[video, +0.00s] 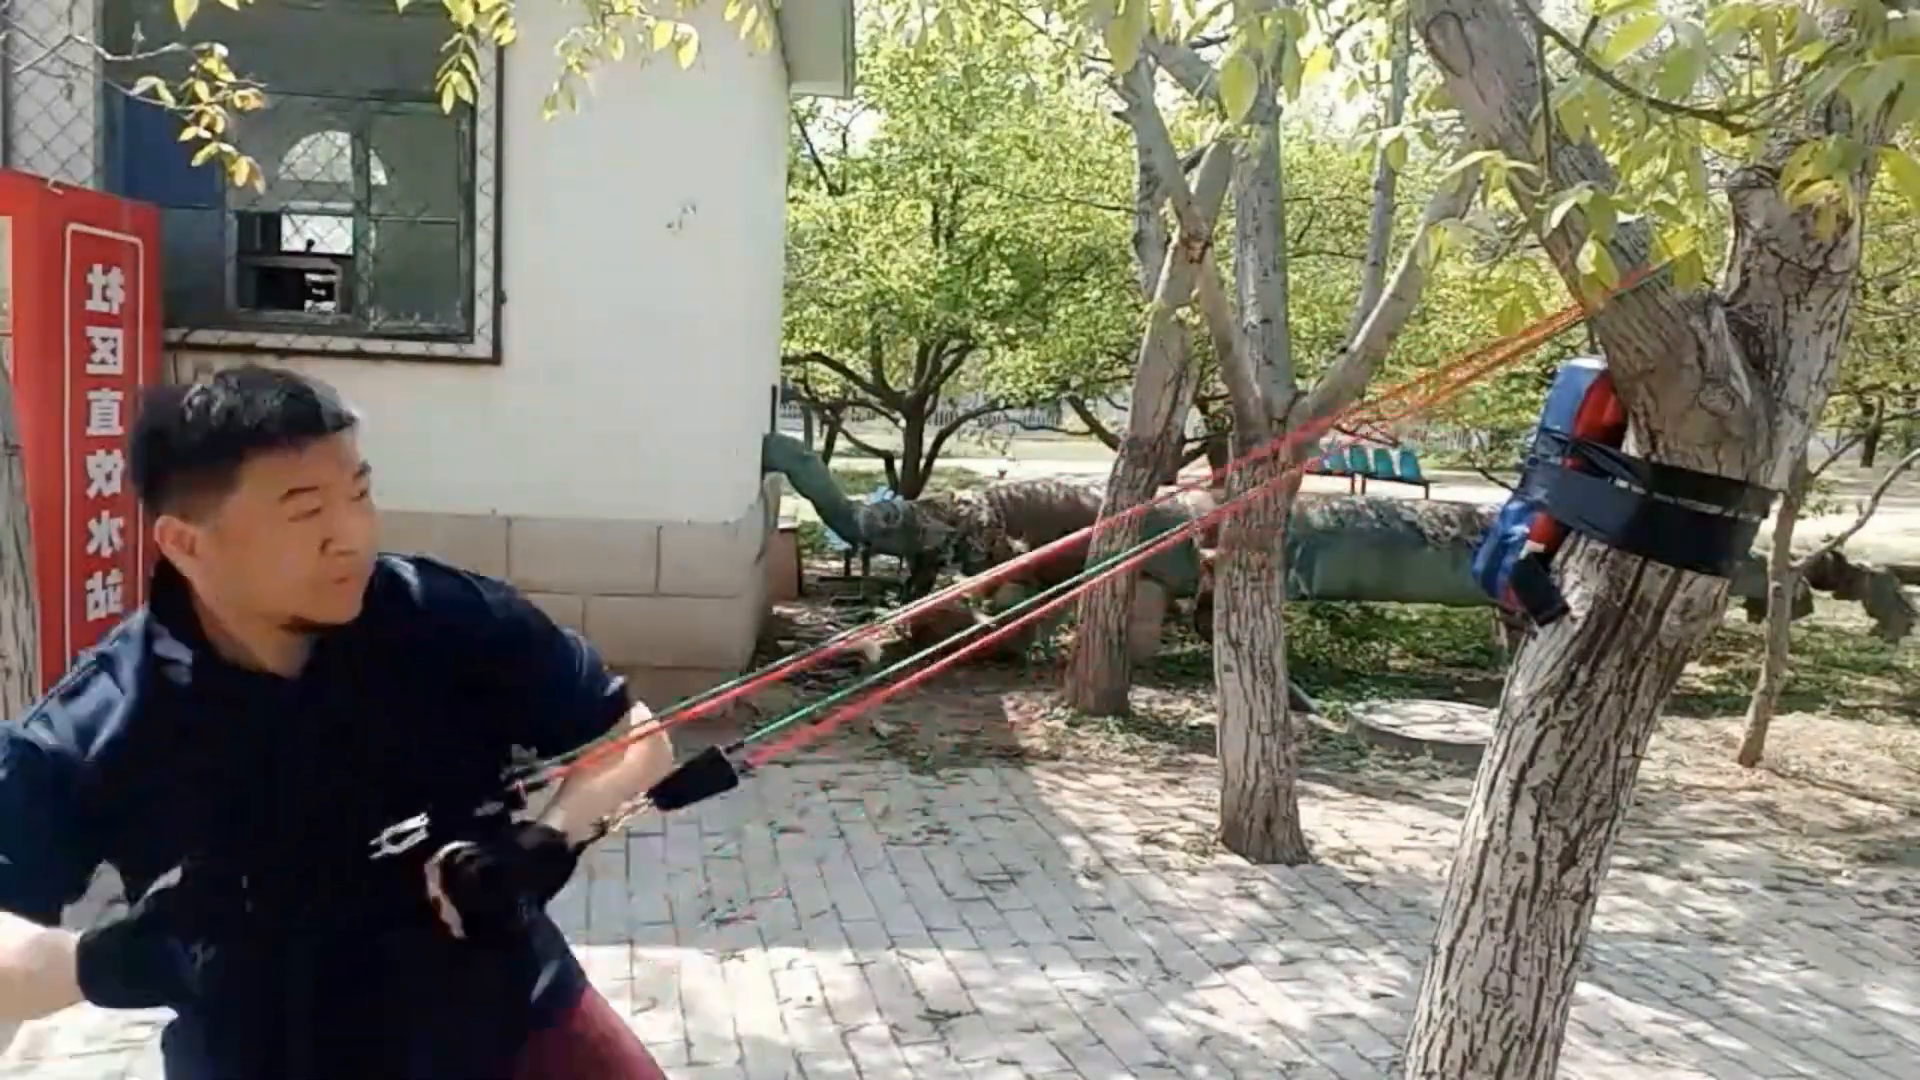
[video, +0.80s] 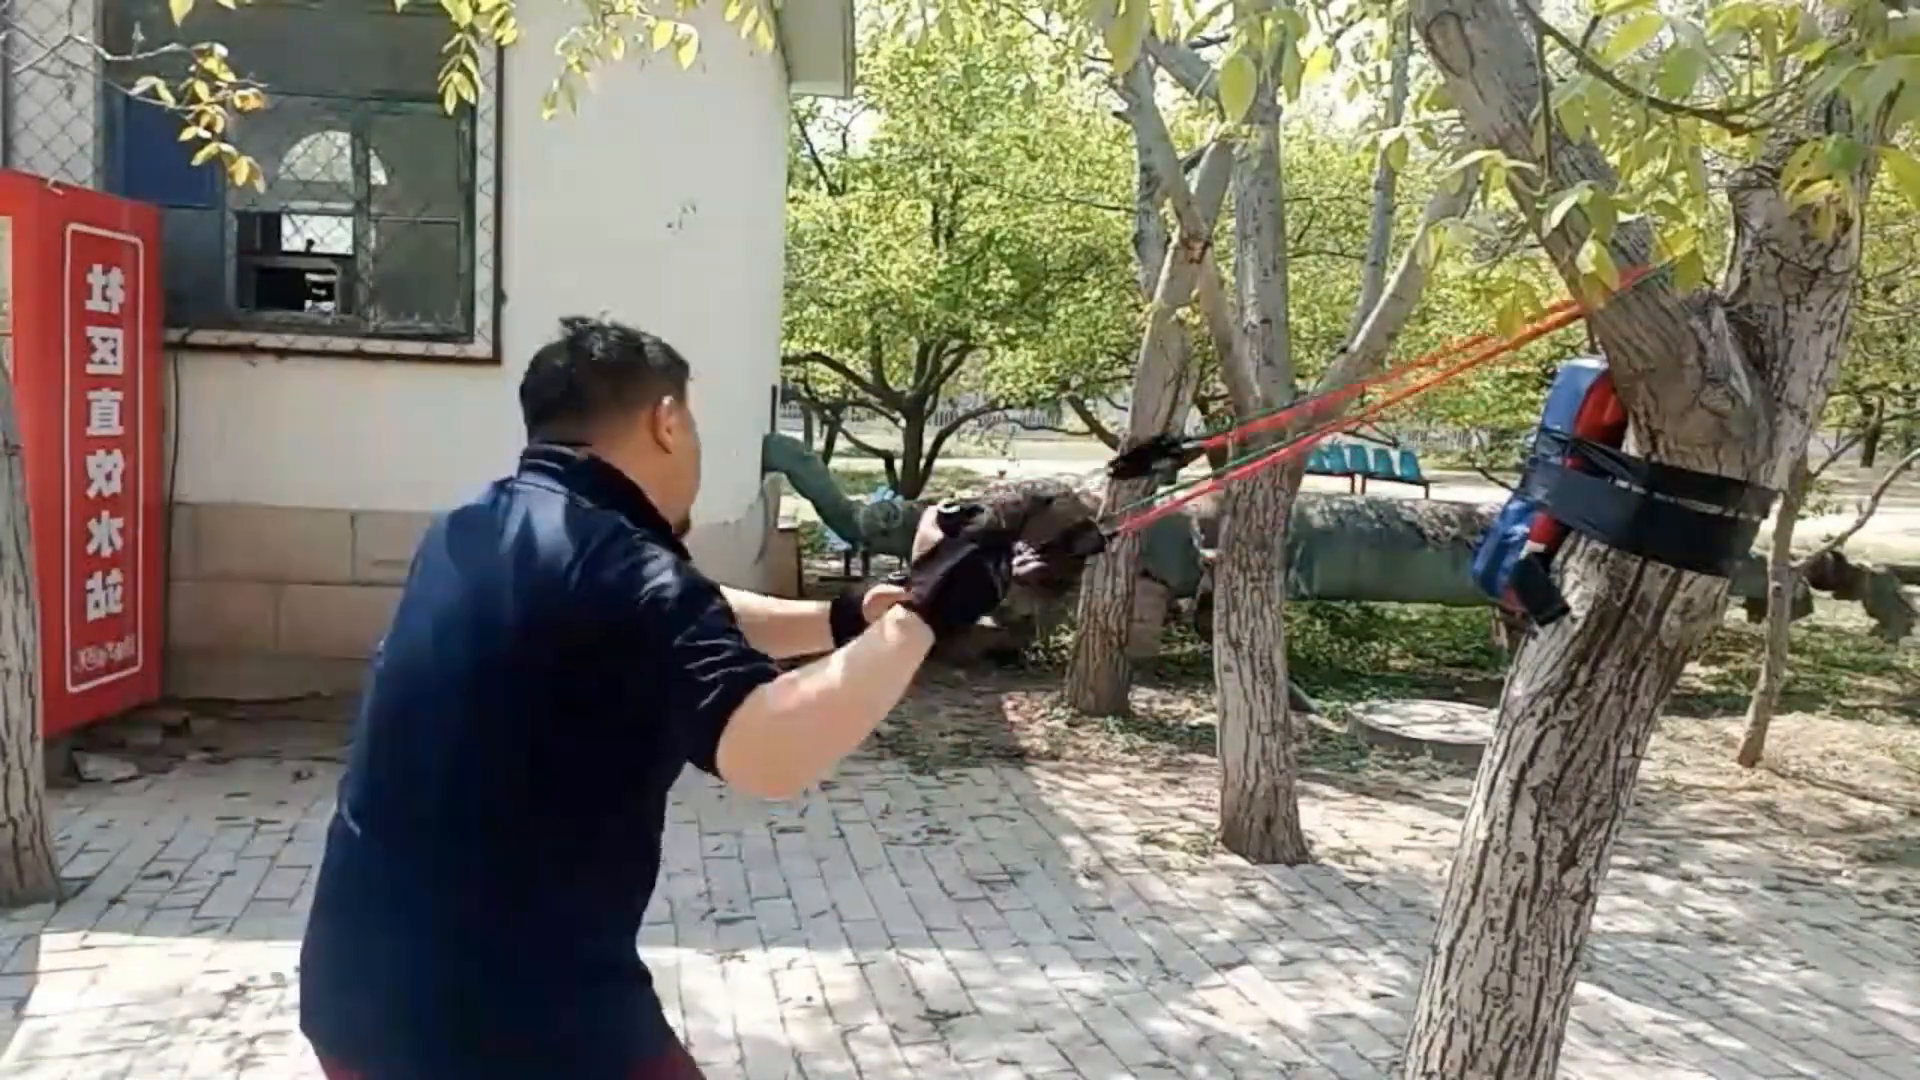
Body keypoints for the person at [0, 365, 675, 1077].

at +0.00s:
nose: (351, 533)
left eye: (359, 492)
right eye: (302, 509)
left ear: (373, 483)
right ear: (186, 543)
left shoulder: (450, 622)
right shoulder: (91, 737)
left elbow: (635, 738)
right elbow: (8, 956)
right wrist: (102, 963)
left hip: (515, 1029)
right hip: (271, 1060)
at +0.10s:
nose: (415, 393)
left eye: (412, 362)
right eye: (377, 368)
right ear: (259, 409)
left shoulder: (479, 534)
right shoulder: (162, 604)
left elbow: (630, 632)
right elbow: (77, 845)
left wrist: (674, 686)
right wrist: (301, 755)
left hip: (524, 1006)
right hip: (295, 1051)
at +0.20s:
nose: (462, 363)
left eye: (452, 334)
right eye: (427, 336)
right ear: (309, 375)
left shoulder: (500, 508)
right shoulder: (215, 566)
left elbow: (634, 616)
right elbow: (228, 787)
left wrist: (723, 619)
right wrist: (474, 670)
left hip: (527, 1005)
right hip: (312, 1043)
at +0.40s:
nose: (583, 350)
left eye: (573, 325)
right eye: (555, 328)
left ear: (465, 358)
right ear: (457, 356)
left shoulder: (537, 501)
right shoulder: (392, 537)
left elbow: (699, 601)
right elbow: (648, 661)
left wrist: (877, 654)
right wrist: (873, 687)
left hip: (533, 969)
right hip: (398, 1012)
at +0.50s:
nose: (638, 365)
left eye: (625, 335)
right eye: (613, 336)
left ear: (524, 370)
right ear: (526, 366)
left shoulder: (499, 493)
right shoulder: (492, 528)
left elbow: (687, 618)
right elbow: (697, 708)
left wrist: (866, 655)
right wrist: (886, 661)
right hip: (478, 1014)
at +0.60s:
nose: (658, 380)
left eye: (647, 353)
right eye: (635, 355)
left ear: (550, 382)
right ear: (555, 380)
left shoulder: (489, 498)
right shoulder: (528, 540)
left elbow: (680, 620)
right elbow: (717, 733)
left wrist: (870, 648)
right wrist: (904, 679)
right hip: (506, 1022)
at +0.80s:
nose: (696, 453)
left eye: (690, 425)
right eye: (691, 424)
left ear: (547, 431)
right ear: (662, 423)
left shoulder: (459, 535)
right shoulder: (626, 577)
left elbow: (686, 616)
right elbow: (772, 750)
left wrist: (854, 614)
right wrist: (914, 623)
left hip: (361, 1002)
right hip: (538, 1023)